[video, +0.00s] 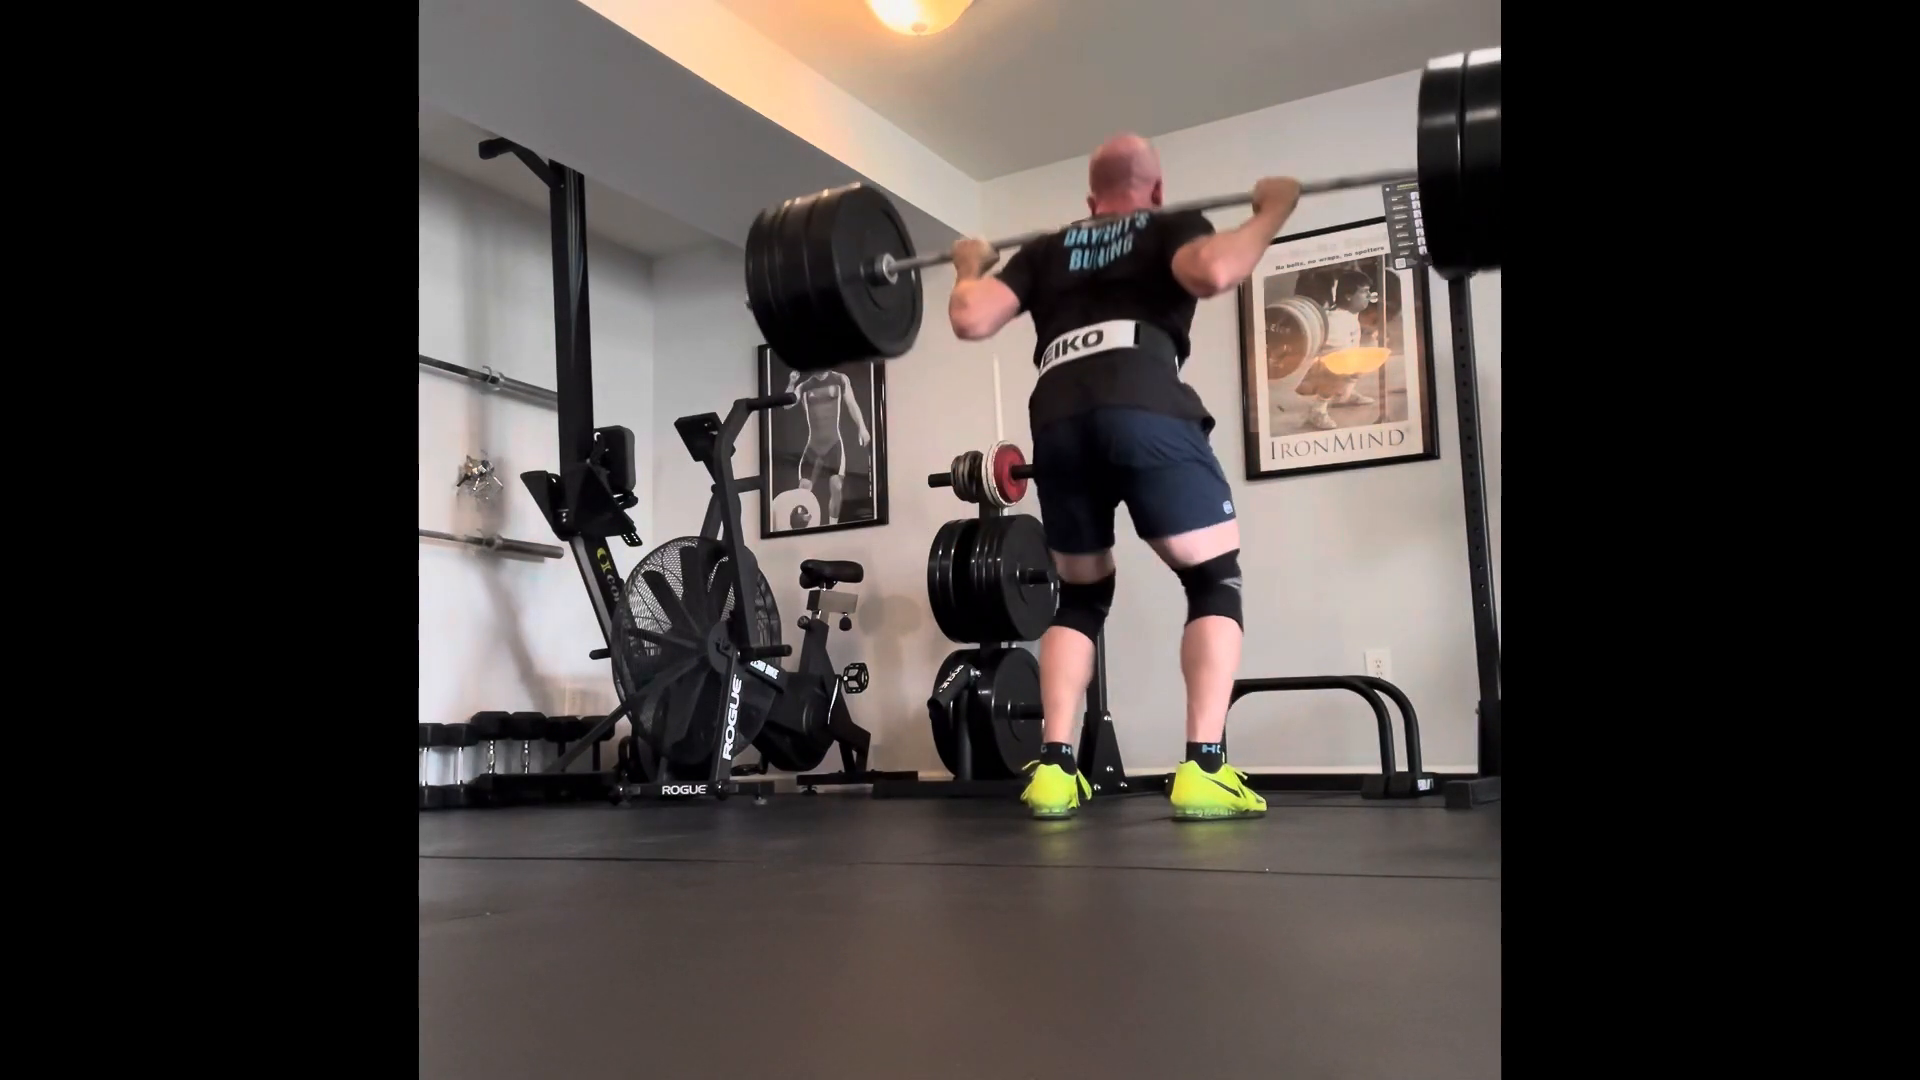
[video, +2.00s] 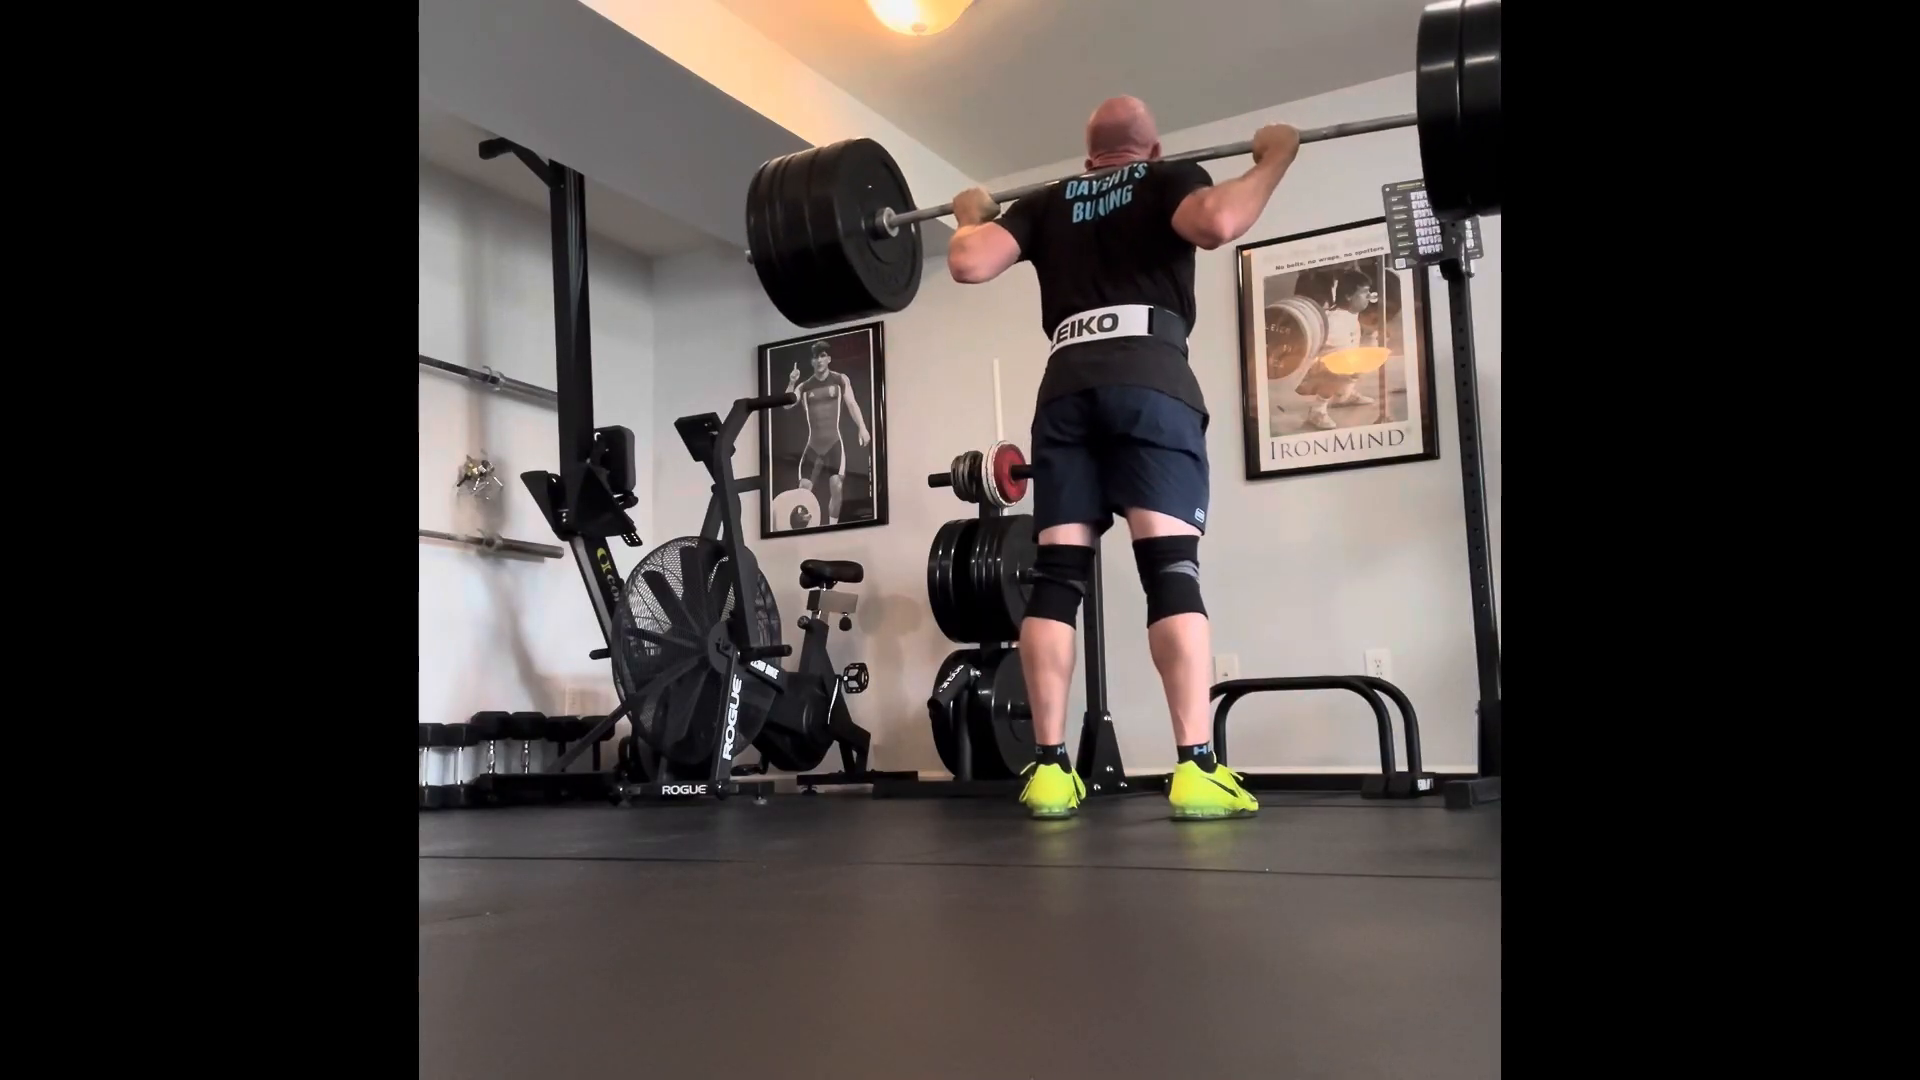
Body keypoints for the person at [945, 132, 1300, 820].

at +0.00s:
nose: (1156, 193)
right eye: (1157, 185)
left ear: (1088, 193)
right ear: (1157, 190)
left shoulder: (1045, 250)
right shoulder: (1170, 225)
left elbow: (970, 319)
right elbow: (1212, 272)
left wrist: (967, 267)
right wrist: (1269, 215)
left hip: (1056, 418)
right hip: (1147, 405)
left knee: (1080, 593)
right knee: (1213, 583)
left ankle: (1055, 764)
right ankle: (1204, 764)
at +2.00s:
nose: (1147, 151)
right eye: (1152, 142)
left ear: (1085, 153)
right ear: (1154, 147)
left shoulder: (1045, 203)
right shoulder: (1167, 179)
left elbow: (969, 262)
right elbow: (1218, 220)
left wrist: (969, 215)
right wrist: (1272, 159)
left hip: (1066, 383)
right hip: (1153, 380)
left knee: (1056, 574)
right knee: (1170, 571)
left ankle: (1050, 764)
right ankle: (1197, 763)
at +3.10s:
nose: (1155, 285)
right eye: (1154, 278)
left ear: (1086, 286)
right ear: (1152, 284)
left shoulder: (1040, 333)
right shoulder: (1167, 313)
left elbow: (956, 396)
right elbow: (1213, 359)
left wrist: (968, 345)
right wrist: (1272, 301)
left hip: (1043, 476)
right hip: (1136, 465)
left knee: (1055, 620)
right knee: (1230, 608)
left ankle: (1050, 768)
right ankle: (1202, 767)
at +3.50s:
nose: (1162, 356)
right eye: (1161, 350)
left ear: (1094, 358)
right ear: (1157, 355)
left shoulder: (1040, 404)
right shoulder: (1171, 387)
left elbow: (960, 477)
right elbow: (1218, 438)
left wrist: (969, 416)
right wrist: (1279, 380)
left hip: (1035, 541)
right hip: (1132, 529)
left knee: (1055, 632)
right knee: (1235, 615)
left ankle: (1050, 769)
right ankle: (1202, 767)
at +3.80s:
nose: (1167, 396)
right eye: (1166, 388)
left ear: (1100, 397)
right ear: (1165, 394)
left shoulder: (1045, 441)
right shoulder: (1176, 426)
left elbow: (964, 520)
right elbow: (1222, 481)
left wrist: (972, 454)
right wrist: (1287, 421)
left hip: (1037, 576)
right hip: (1136, 566)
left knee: (1052, 642)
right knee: (1244, 615)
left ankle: (1053, 768)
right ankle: (1203, 767)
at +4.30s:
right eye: (1171, 421)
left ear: (1103, 427)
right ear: (1168, 426)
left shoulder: (1045, 467)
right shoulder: (1181, 455)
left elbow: (965, 545)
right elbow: (1228, 512)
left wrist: (976, 481)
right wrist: (1289, 454)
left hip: (1037, 606)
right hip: (1142, 599)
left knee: (1045, 640)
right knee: (1238, 608)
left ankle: (1053, 767)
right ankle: (1201, 767)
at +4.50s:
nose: (1166, 388)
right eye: (1166, 382)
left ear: (1103, 388)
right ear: (1162, 387)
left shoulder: (1046, 426)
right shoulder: (1176, 413)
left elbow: (961, 494)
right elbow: (1218, 455)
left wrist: (972, 441)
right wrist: (1282, 410)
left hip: (1028, 552)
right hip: (1128, 543)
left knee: (1068, 630)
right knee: (1216, 610)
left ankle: (1055, 769)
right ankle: (1199, 768)